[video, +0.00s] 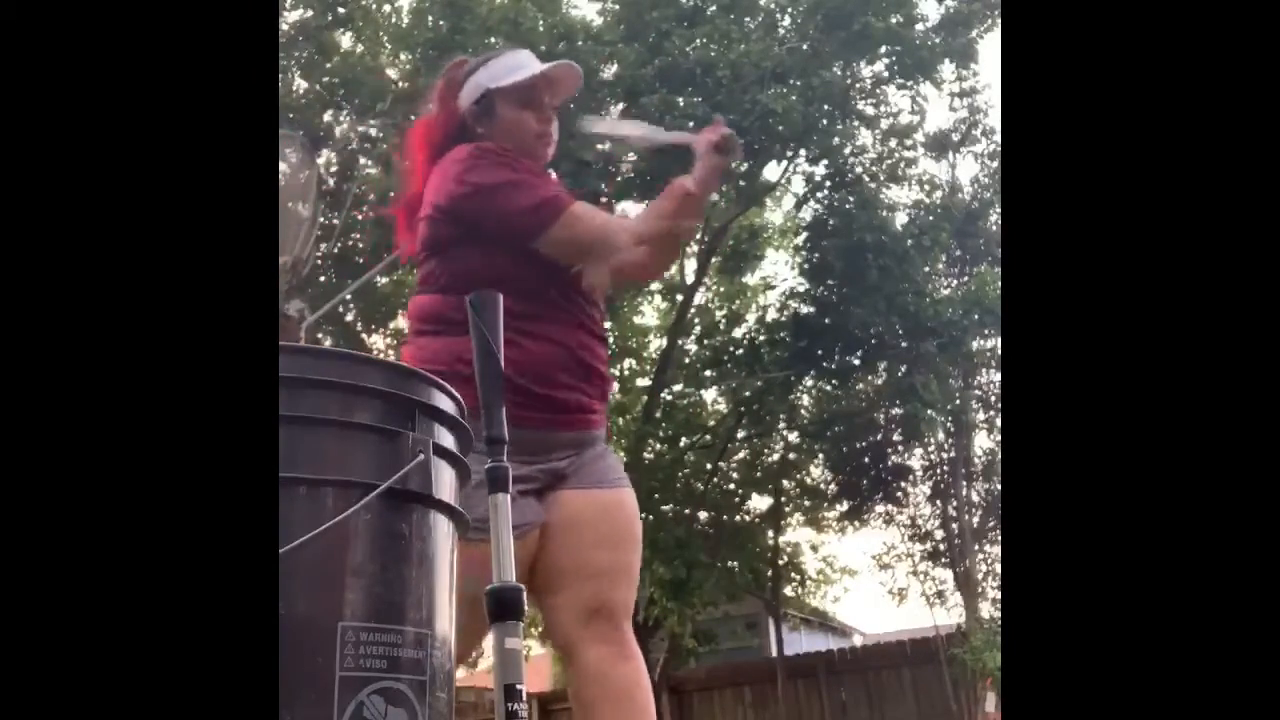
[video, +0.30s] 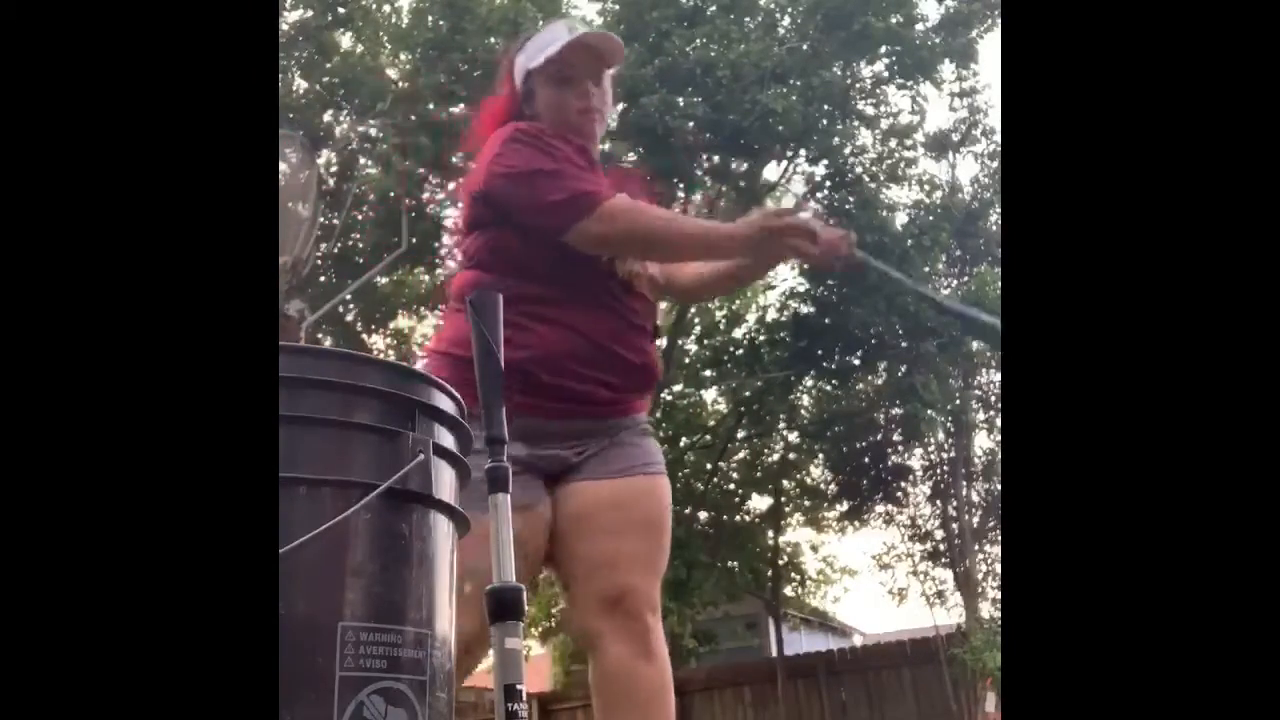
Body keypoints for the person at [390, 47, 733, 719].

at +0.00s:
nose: (550, 119)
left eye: (552, 106)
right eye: (530, 104)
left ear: (552, 112)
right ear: (481, 115)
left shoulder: (550, 199)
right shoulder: (470, 174)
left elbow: (639, 259)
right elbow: (617, 242)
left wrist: (697, 182)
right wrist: (699, 177)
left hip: (581, 450)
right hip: (478, 452)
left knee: (605, 634)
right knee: (439, 653)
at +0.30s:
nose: (591, 96)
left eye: (601, 82)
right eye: (569, 81)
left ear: (612, 95)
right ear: (527, 91)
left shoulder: (620, 189)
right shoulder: (514, 154)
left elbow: (666, 277)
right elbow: (603, 226)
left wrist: (773, 253)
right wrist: (740, 235)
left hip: (611, 430)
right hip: (490, 426)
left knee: (630, 624)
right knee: (460, 629)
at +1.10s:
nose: (390, 28)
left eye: (408, 0)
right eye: (356, 4)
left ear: (442, 4)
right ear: (313, 13)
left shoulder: (513, 82)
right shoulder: (308, 133)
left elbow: (599, 189)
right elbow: (283, 274)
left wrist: (661, 268)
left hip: (513, 386)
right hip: (365, 400)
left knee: (555, 598)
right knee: (344, 618)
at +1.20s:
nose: (373, 38)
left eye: (392, 8)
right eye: (337, 16)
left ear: (429, 10)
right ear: (300, 34)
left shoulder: (496, 76)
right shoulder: (309, 156)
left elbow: (591, 184)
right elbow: (283, 296)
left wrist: (663, 264)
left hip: (505, 378)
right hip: (366, 396)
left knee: (547, 593)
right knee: (340, 609)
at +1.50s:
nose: (403, 33)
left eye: (421, 5)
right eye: (370, 15)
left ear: (457, 8)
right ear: (334, 38)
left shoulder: (520, 87)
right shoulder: (310, 139)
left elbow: (599, 195)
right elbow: (288, 268)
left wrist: (676, 270)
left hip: (511, 381)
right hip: (366, 397)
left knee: (569, 589)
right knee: (341, 613)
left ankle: (613, 718)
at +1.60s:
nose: (423, 21)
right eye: (393, 6)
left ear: (474, 3)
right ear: (354, 24)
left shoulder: (535, 92)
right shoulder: (306, 132)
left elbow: (609, 203)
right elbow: (278, 267)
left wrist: (687, 279)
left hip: (522, 402)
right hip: (360, 413)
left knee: (577, 612)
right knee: (338, 630)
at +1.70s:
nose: (427, 22)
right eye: (395, 5)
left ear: (481, 5)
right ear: (354, 26)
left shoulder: (537, 94)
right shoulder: (332, 133)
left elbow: (615, 213)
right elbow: (288, 236)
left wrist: (687, 283)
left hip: (535, 407)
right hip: (390, 419)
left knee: (580, 622)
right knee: (380, 641)